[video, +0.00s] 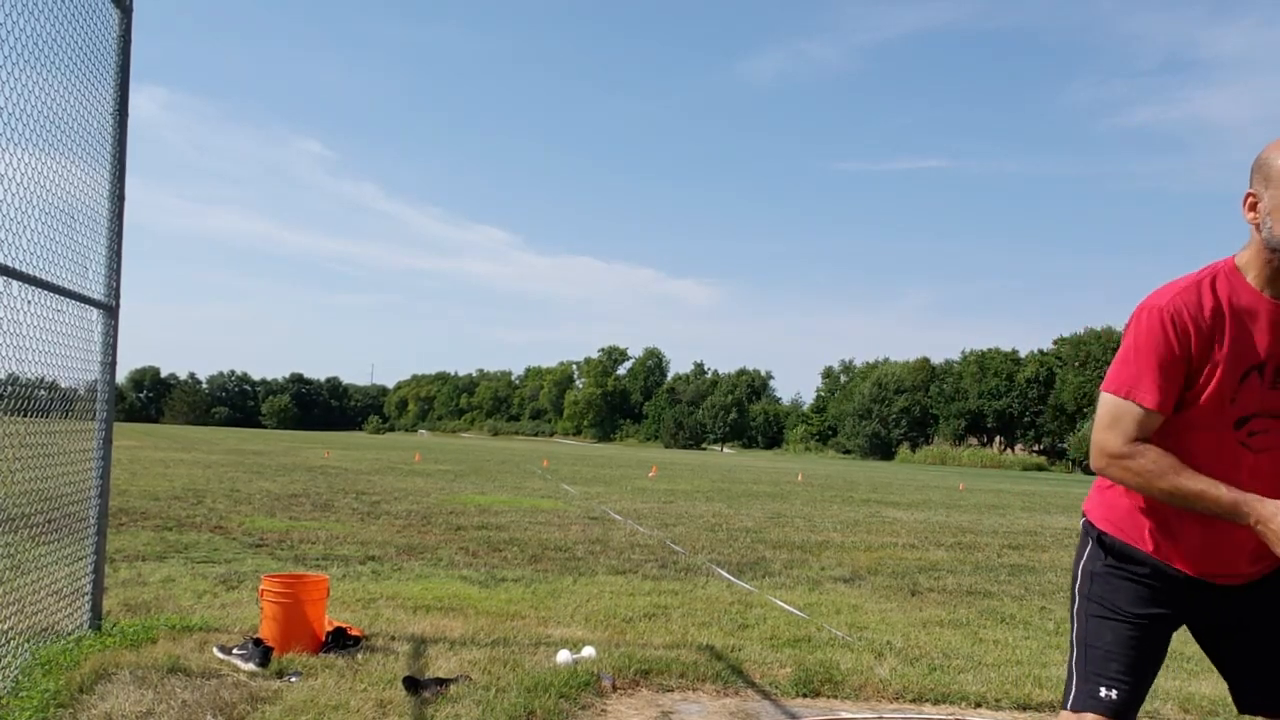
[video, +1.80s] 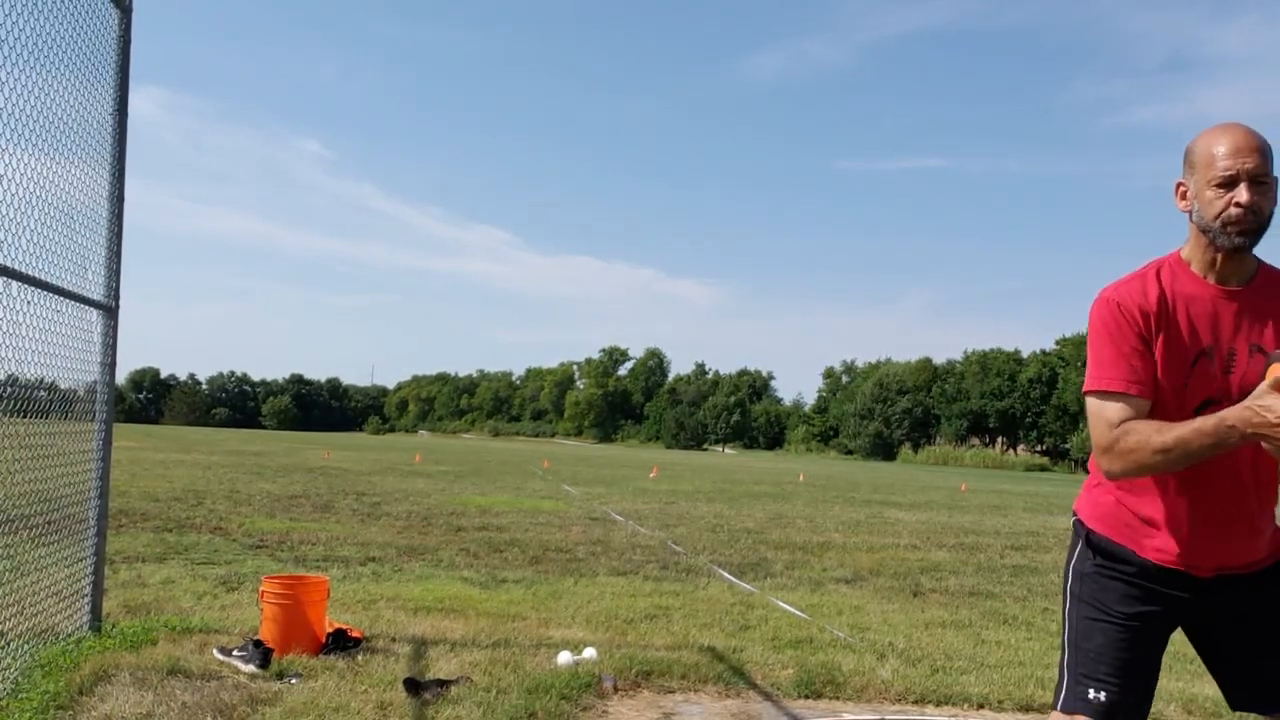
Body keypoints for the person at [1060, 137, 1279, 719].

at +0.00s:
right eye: (1279, 197)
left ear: (1262, 209)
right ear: (1254, 208)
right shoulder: (1179, 311)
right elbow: (1113, 450)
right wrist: (1255, 510)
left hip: (1254, 570)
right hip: (1138, 555)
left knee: (1277, 704)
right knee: (1095, 712)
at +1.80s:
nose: (1246, 198)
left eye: (1259, 182)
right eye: (1226, 181)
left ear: (1274, 195)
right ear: (1185, 196)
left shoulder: (1277, 299)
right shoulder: (1128, 305)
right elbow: (1113, 449)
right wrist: (1244, 420)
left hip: (1248, 564)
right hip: (1128, 557)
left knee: (1278, 703)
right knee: (1090, 711)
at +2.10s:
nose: (1223, 195)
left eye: (1236, 179)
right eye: (1203, 181)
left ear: (1256, 192)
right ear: (1166, 198)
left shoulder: (1277, 300)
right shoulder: (1113, 305)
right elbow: (1108, 449)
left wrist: (1269, 462)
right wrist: (1211, 454)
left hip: (1245, 562)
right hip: (1121, 558)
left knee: (1271, 703)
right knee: (1082, 710)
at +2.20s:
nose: (1220, 193)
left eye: (1233, 177)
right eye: (1201, 179)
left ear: (1253, 190)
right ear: (1164, 197)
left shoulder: (1276, 301)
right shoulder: (1114, 309)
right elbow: (1092, 452)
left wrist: (1275, 498)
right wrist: (1176, 520)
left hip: (1247, 570)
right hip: (1120, 563)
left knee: (1268, 705)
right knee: (1086, 711)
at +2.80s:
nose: (1227, 183)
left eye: (1241, 170)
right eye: (1209, 170)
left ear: (1259, 187)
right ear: (1172, 187)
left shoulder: (1275, 299)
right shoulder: (1122, 303)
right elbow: (1088, 449)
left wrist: (1270, 426)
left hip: (1256, 568)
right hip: (1134, 562)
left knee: (1269, 706)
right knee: (1099, 711)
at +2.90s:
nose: (1224, 174)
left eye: (1238, 164)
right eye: (1206, 163)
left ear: (1255, 183)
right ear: (1169, 183)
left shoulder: (1270, 282)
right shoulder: (1120, 290)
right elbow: (1118, 421)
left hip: (1260, 566)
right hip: (1138, 559)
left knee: (1274, 705)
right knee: (1097, 712)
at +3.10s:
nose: (1221, 166)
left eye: (1232, 158)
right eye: (1201, 158)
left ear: (1246, 183)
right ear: (1163, 186)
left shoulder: (1269, 293)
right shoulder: (1123, 295)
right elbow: (1127, 417)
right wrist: (1210, 322)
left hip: (1259, 567)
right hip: (1137, 561)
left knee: (1277, 703)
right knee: (1106, 711)